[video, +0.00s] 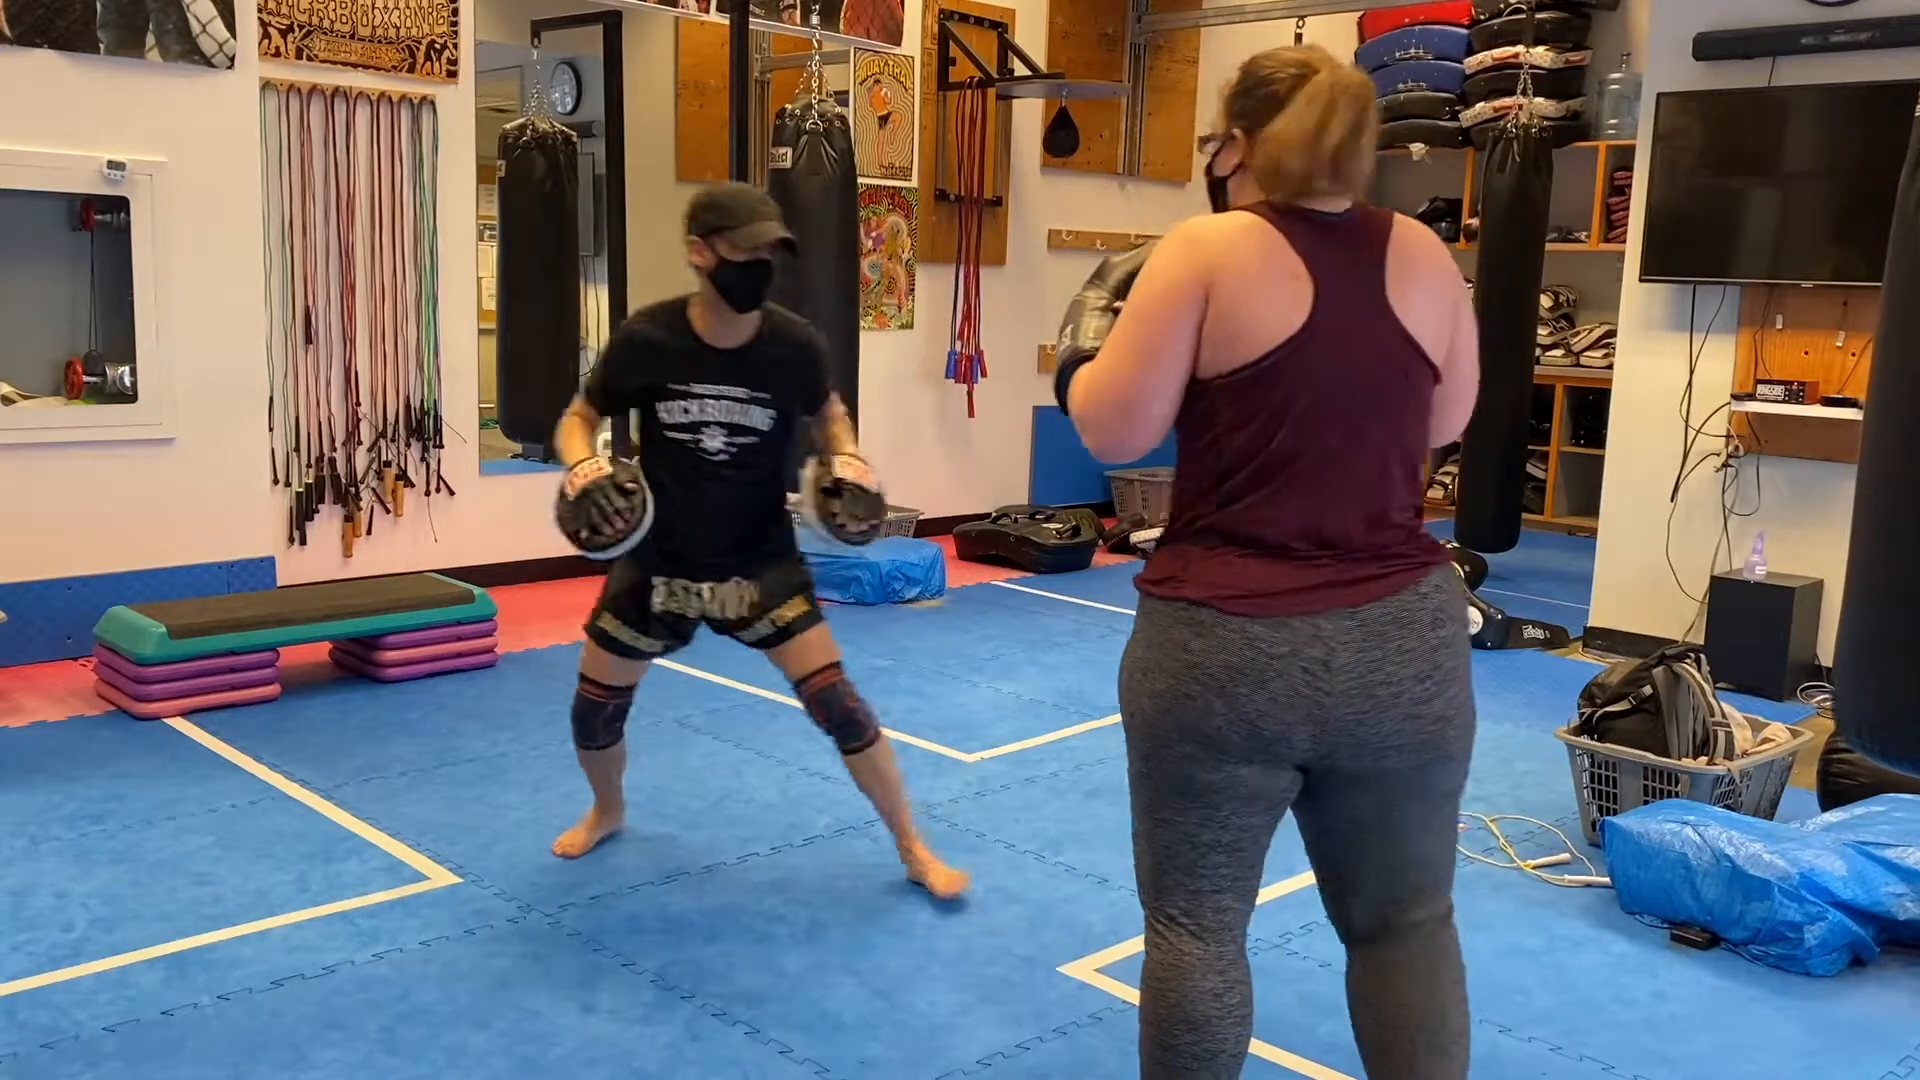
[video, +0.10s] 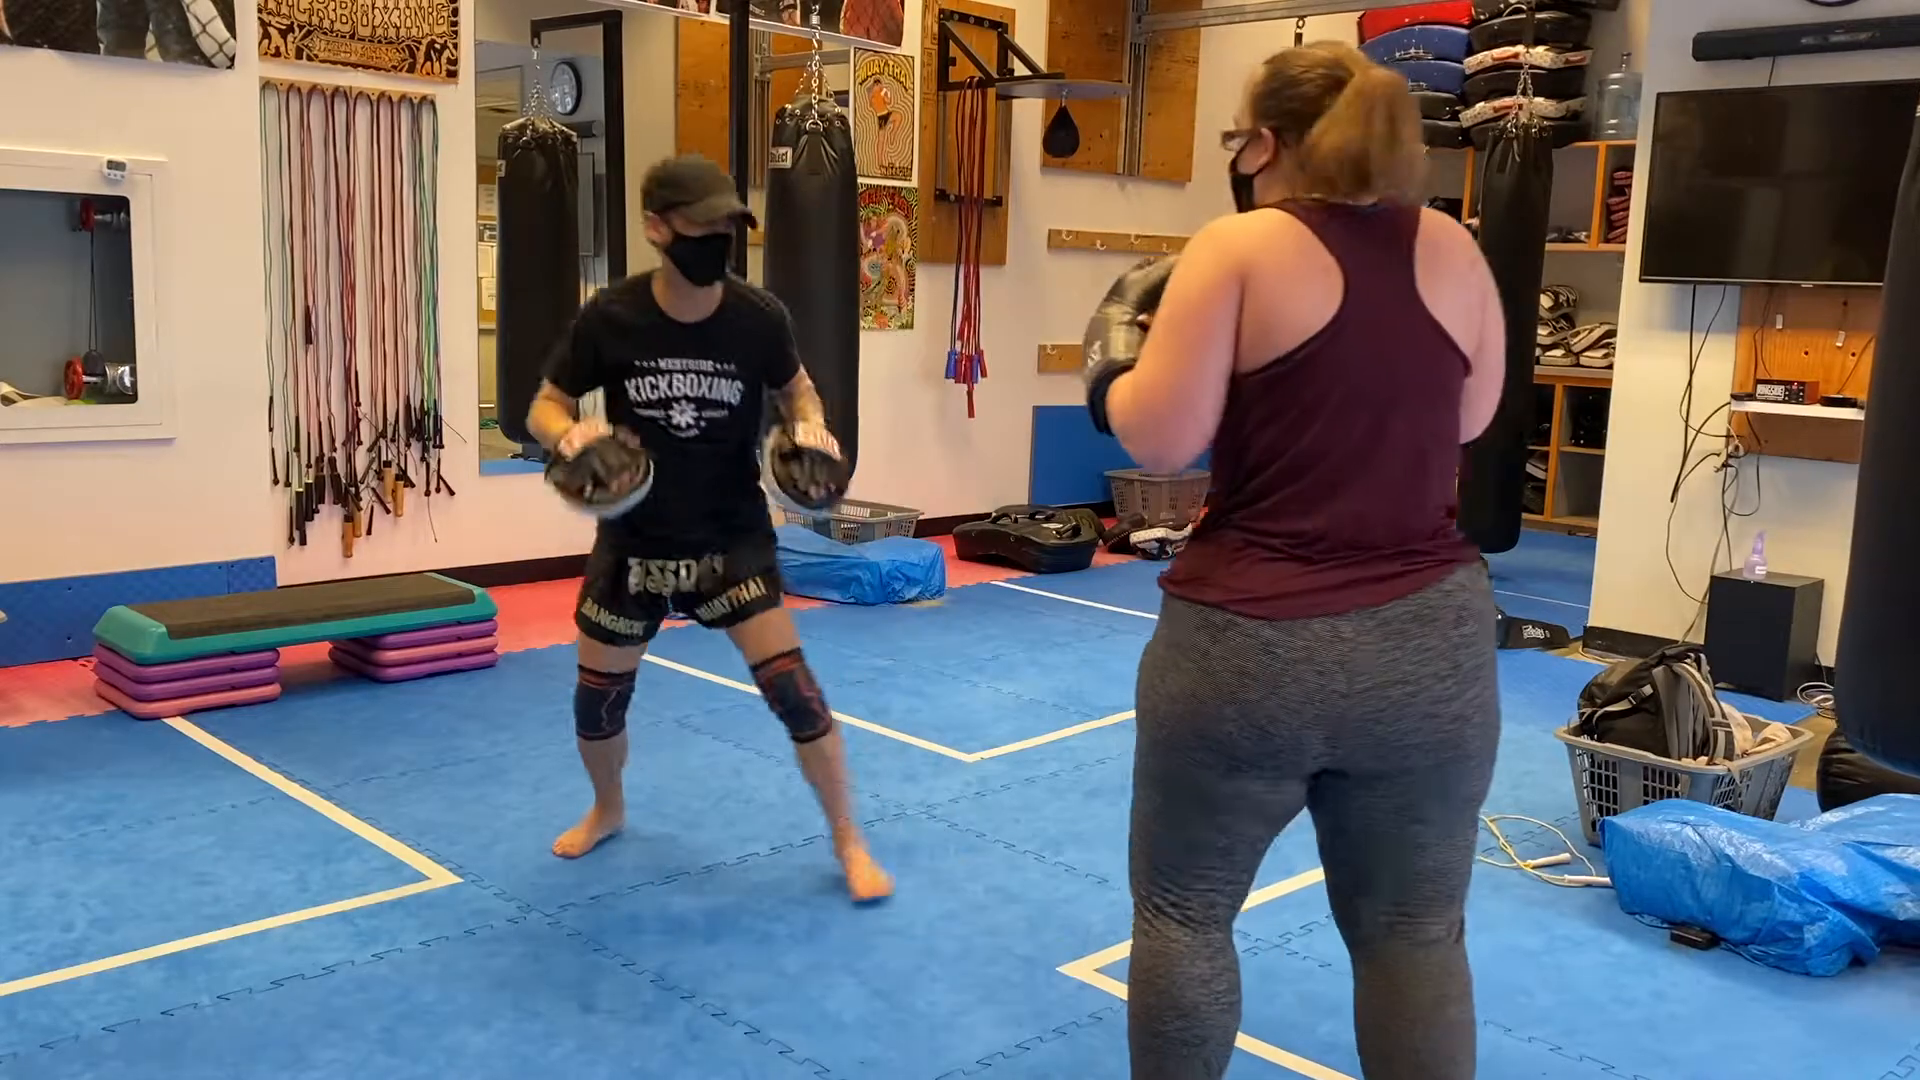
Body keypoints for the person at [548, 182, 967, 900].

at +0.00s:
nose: (763, 266)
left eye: (771, 253)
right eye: (747, 253)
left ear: (778, 253)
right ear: (701, 251)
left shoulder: (794, 346)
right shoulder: (645, 340)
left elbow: (831, 420)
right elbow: (577, 419)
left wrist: (846, 463)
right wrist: (583, 467)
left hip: (760, 560)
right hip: (658, 558)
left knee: (837, 706)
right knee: (593, 714)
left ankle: (912, 846)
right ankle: (608, 811)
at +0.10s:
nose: (719, 242)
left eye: (727, 227)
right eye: (702, 228)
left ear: (738, 225)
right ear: (657, 226)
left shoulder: (759, 319)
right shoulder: (610, 317)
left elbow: (800, 400)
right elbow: (544, 405)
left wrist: (812, 439)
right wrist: (574, 437)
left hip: (731, 533)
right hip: (632, 535)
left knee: (792, 691)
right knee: (596, 702)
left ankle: (848, 838)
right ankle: (608, 811)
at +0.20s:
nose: (703, 213)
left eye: (710, 197)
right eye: (685, 201)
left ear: (721, 195)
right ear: (638, 201)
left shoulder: (741, 294)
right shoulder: (587, 295)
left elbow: (786, 364)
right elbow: (529, 397)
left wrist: (808, 392)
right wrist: (570, 403)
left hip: (720, 513)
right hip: (619, 518)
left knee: (758, 677)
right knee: (600, 683)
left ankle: (758, 837)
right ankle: (606, 806)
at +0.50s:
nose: (678, 232)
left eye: (685, 218)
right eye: (659, 219)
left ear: (695, 222)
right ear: (614, 225)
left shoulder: (714, 321)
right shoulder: (560, 312)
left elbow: (796, 395)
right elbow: (490, 418)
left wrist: (819, 387)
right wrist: (541, 417)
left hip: (673, 540)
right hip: (568, 538)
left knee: (714, 704)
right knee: (489, 698)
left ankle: (696, 848)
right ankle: (519, 795)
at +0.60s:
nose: (646, 219)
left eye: (653, 203)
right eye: (627, 206)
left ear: (661, 203)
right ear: (579, 210)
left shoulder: (689, 308)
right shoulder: (530, 300)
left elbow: (789, 375)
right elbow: (454, 410)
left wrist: (794, 317)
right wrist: (511, 403)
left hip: (645, 533)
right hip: (537, 534)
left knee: (694, 699)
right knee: (465, 702)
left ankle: (694, 847)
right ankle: (428, 832)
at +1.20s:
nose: (565, 230)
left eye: (573, 213)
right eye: (544, 215)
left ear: (586, 216)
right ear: (495, 223)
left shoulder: (619, 327)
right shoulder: (444, 324)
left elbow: (721, 374)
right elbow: (352, 432)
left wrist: (749, 308)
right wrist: (402, 428)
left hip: (575, 568)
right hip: (460, 567)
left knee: (621, 741)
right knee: (365, 742)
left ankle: (650, 916)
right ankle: (393, 818)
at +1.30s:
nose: (550, 246)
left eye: (558, 229)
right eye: (529, 231)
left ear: (570, 225)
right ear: (479, 228)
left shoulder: (599, 321)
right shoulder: (428, 329)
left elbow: (717, 338)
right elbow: (339, 439)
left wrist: (744, 278)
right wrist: (387, 446)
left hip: (563, 576)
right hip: (445, 576)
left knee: (620, 746)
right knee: (333, 740)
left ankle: (650, 915)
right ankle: (329, 835)